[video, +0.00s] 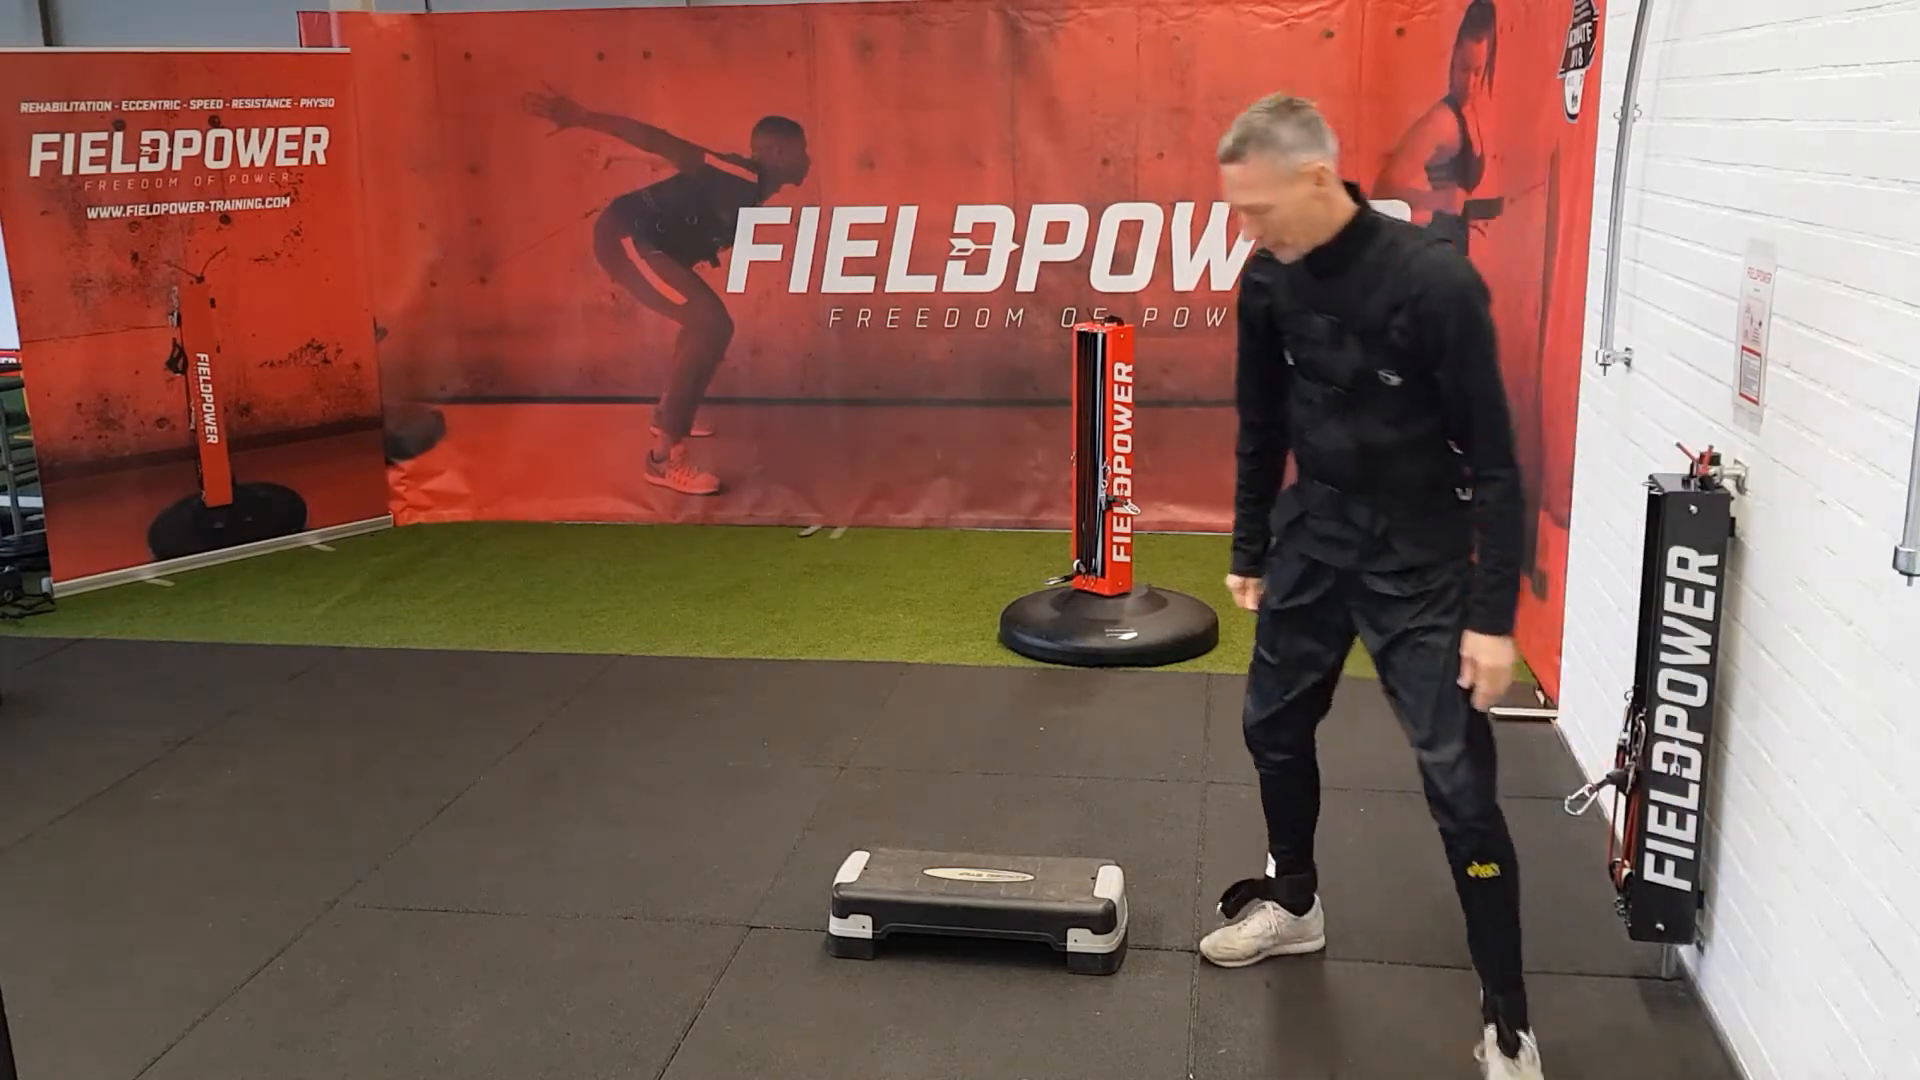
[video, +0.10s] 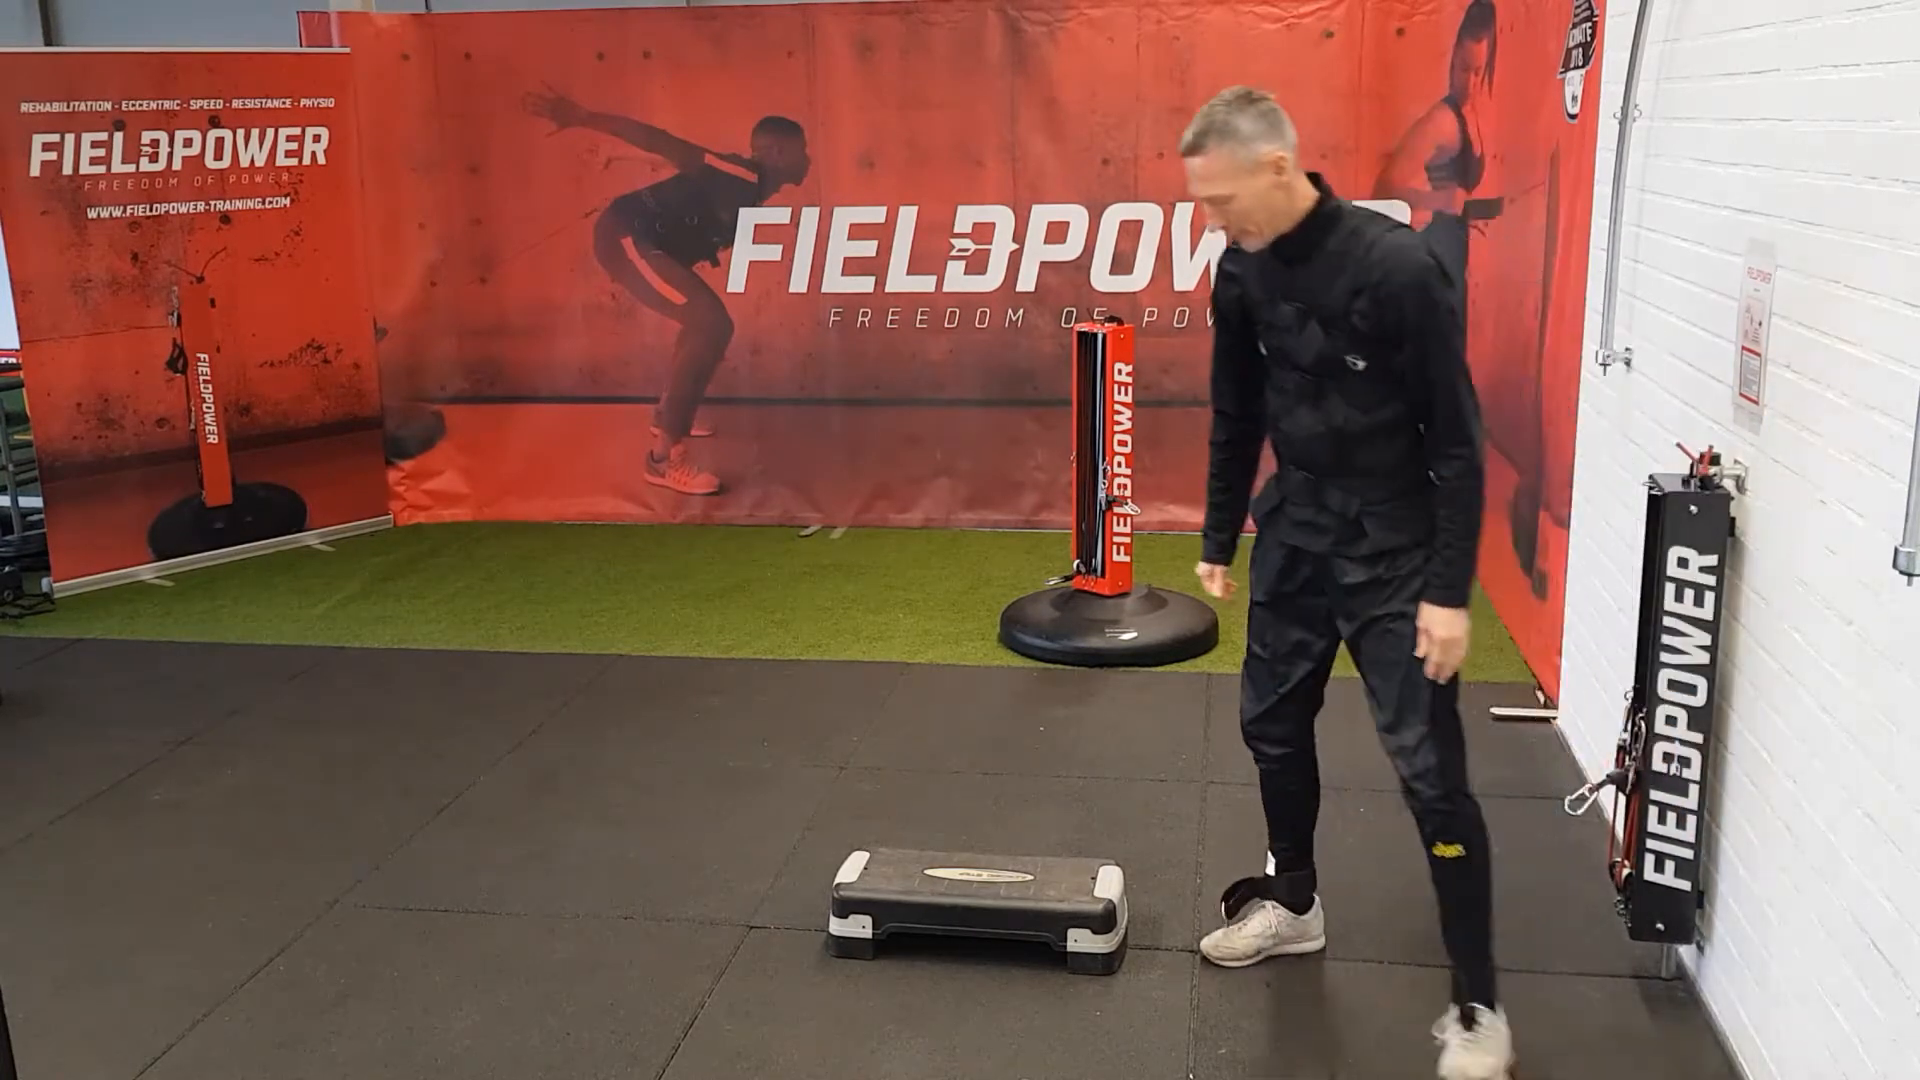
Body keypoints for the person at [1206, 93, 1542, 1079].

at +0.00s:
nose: (1247, 232)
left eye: (1259, 211)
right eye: (1238, 211)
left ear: (1322, 180)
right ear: (1251, 192)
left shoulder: (1434, 282)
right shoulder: (1269, 277)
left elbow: (1497, 461)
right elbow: (1259, 424)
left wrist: (1492, 619)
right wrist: (1250, 548)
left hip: (1423, 558)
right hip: (1311, 544)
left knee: (1459, 786)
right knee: (1274, 726)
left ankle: (1508, 1027)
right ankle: (1292, 900)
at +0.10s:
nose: (1212, 221)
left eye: (1222, 201)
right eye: (1203, 203)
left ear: (1284, 171)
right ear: (1243, 183)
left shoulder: (1400, 270)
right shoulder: (1244, 272)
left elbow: (1457, 443)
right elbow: (1234, 417)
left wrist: (1449, 595)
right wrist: (1219, 543)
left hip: (1397, 550)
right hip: (1292, 539)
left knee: (1431, 776)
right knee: (1272, 730)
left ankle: (1477, 1008)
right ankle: (1292, 903)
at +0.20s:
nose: (1186, 217)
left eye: (1196, 195)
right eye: (1176, 198)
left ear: (1254, 165)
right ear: (1206, 180)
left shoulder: (1367, 254)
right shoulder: (1219, 270)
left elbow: (1432, 422)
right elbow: (1216, 415)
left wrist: (1417, 572)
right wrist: (1200, 536)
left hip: (1385, 530)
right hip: (1288, 525)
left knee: (1387, 752)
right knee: (1280, 727)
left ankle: (1420, 972)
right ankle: (1292, 901)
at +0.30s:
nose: (1171, 218)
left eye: (1179, 197)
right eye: (1160, 201)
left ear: (1234, 164)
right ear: (1168, 185)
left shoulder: (1346, 247)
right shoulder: (1204, 270)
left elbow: (1416, 414)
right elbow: (1206, 412)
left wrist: (1394, 559)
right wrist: (1195, 532)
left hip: (1366, 526)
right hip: (1274, 523)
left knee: (1349, 741)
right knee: (1276, 725)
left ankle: (1359, 943)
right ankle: (1291, 901)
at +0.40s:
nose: (1158, 216)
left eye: (1165, 194)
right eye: (1148, 199)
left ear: (1219, 160)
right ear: (1187, 175)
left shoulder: (1332, 247)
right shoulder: (1198, 262)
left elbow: (1403, 416)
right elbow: (1205, 404)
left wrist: (1374, 555)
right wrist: (1202, 521)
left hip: (1346, 522)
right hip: (1259, 518)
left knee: (1327, 733)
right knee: (1263, 719)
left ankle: (1335, 927)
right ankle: (1290, 896)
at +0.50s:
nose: (1150, 214)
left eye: (1156, 194)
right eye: (1141, 197)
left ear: (1210, 161)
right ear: (1188, 172)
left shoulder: (1318, 257)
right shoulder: (1199, 252)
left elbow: (1386, 429)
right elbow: (1211, 397)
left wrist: (1355, 572)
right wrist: (1209, 512)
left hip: (1329, 526)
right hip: (1247, 522)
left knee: (1313, 731)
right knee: (1241, 715)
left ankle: (1333, 923)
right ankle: (1284, 887)